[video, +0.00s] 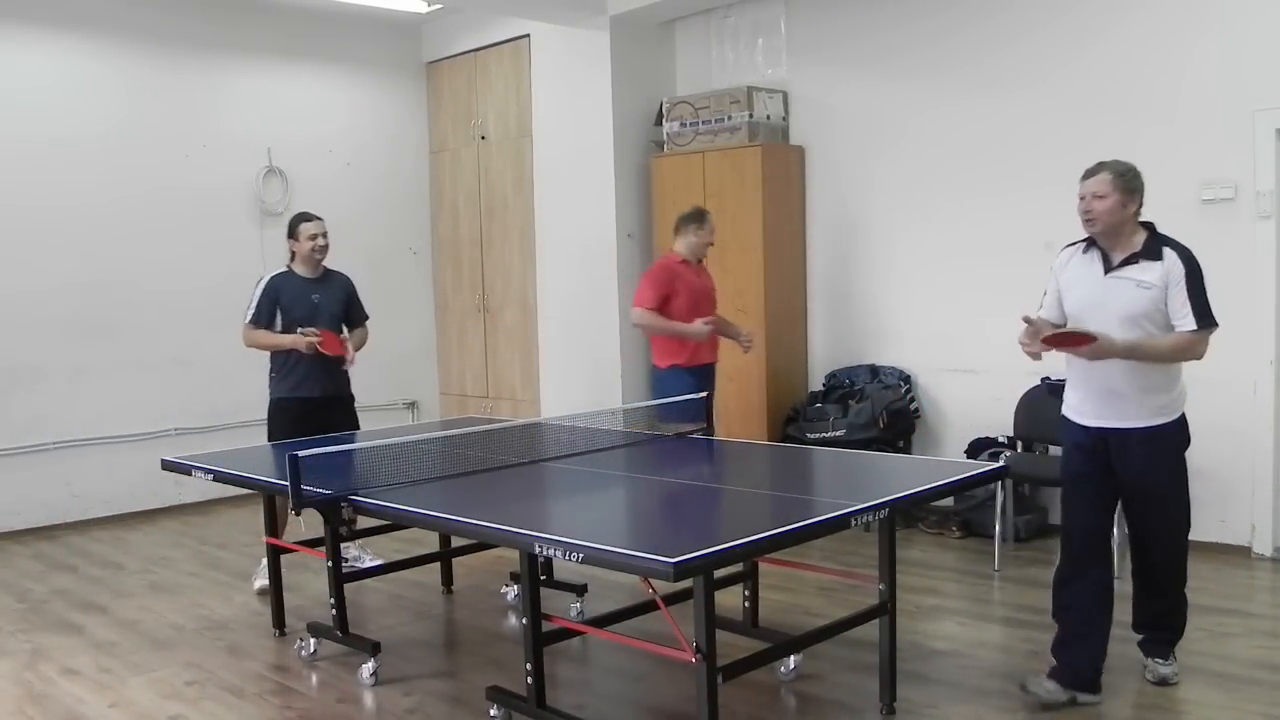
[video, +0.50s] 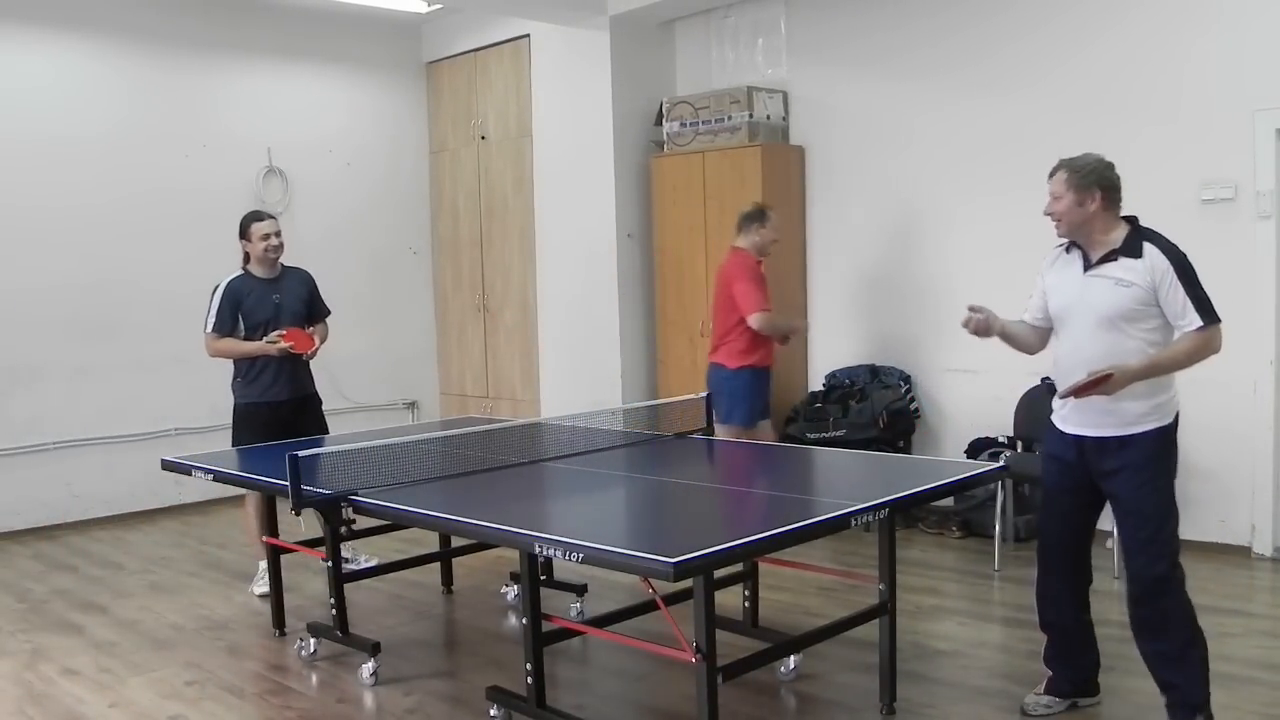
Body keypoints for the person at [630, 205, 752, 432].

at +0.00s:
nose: (712, 242)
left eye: (713, 235)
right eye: (709, 233)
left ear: (695, 233)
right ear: (692, 232)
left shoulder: (701, 271)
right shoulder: (663, 270)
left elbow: (705, 315)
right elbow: (639, 315)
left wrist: (735, 333)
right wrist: (689, 329)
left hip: (702, 370)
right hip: (675, 373)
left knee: (702, 443)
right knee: (683, 445)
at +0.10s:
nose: (723, 241)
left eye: (723, 235)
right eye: (721, 233)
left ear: (706, 231)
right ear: (706, 231)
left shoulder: (706, 268)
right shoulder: (676, 269)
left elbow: (710, 316)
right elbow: (661, 316)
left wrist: (739, 333)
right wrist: (713, 333)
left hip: (710, 367)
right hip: (688, 369)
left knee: (706, 441)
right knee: (692, 442)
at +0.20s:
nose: (734, 242)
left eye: (735, 236)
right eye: (733, 235)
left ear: (717, 234)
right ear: (721, 234)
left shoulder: (712, 266)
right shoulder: (695, 267)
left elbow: (714, 316)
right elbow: (688, 318)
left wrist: (743, 333)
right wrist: (740, 334)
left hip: (720, 368)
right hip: (703, 370)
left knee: (736, 438)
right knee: (714, 444)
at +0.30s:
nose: (746, 239)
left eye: (747, 232)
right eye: (745, 232)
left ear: (725, 230)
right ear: (732, 231)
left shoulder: (720, 264)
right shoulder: (710, 265)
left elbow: (723, 315)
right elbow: (716, 318)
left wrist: (753, 331)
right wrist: (757, 330)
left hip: (730, 369)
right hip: (714, 370)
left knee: (756, 439)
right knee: (718, 449)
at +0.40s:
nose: (761, 236)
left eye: (760, 229)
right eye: (758, 228)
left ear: (740, 229)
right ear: (742, 229)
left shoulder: (733, 262)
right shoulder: (726, 263)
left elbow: (737, 312)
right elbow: (739, 316)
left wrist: (763, 330)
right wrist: (778, 325)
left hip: (740, 368)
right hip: (724, 370)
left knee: (762, 435)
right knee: (724, 444)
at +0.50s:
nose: (777, 238)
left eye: (776, 231)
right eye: (773, 230)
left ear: (755, 231)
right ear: (757, 230)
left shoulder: (748, 263)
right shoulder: (741, 264)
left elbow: (749, 316)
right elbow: (759, 320)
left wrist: (776, 333)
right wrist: (795, 325)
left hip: (752, 371)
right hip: (735, 373)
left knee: (765, 446)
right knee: (732, 454)